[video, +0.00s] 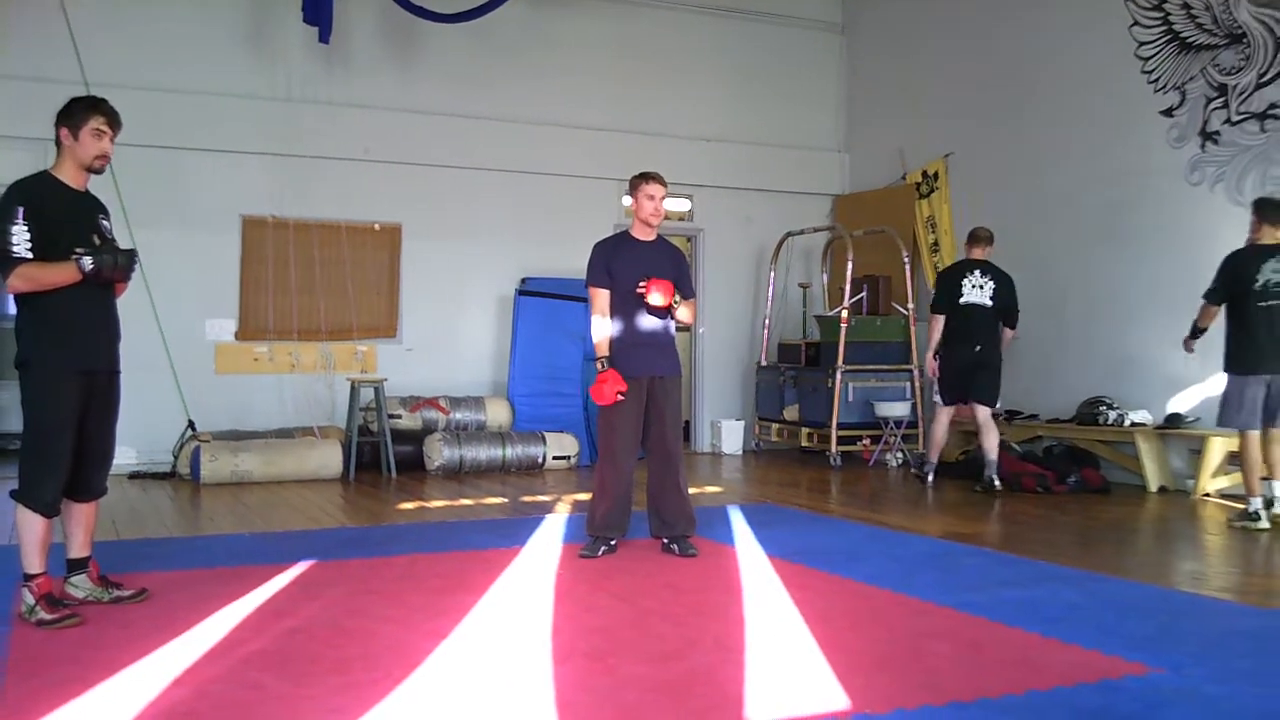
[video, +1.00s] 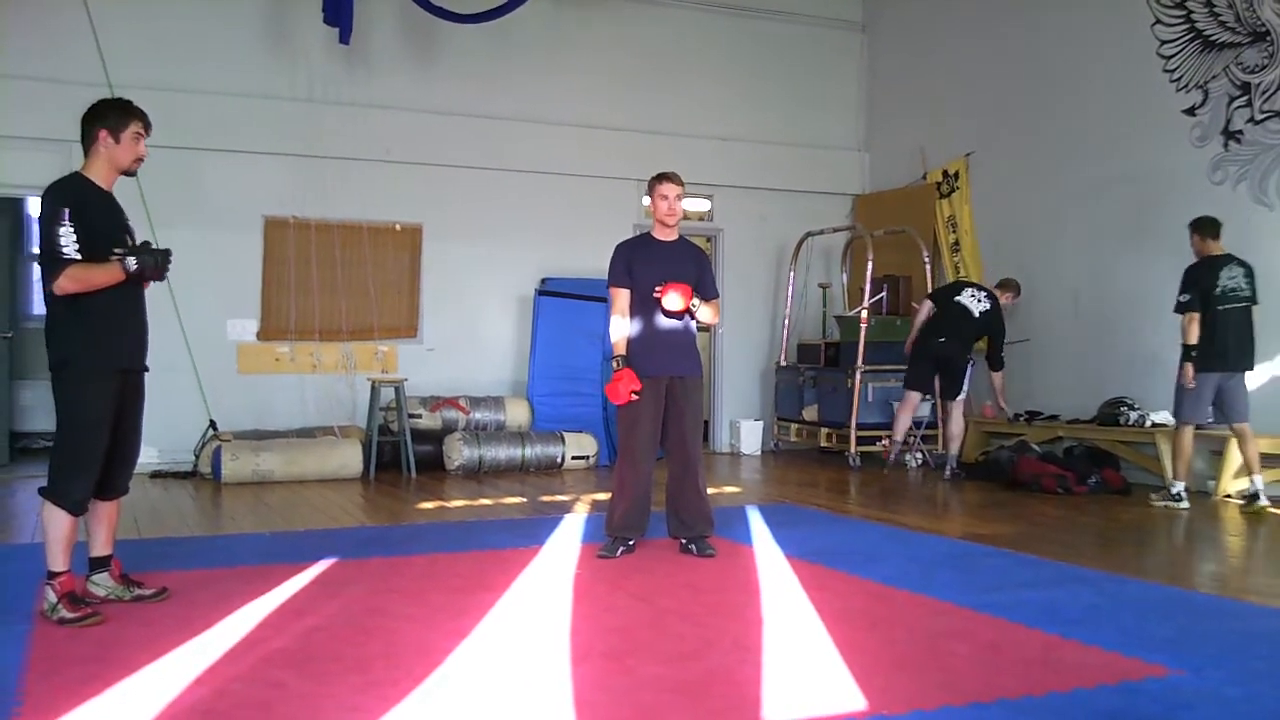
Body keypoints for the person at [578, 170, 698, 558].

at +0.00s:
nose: (657, 206)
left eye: (661, 199)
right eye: (650, 198)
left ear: (666, 205)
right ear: (632, 201)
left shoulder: (674, 255)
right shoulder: (607, 250)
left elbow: (689, 316)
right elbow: (600, 313)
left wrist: (672, 302)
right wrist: (602, 364)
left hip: (666, 367)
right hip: (623, 366)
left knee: (667, 452)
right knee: (616, 453)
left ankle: (673, 531)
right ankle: (605, 533)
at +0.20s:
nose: (673, 205)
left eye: (677, 199)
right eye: (665, 198)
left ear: (681, 205)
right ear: (647, 202)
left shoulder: (691, 255)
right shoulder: (623, 251)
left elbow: (708, 314)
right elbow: (614, 313)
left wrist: (689, 303)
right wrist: (614, 362)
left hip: (683, 368)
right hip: (638, 367)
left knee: (684, 452)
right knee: (632, 453)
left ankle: (690, 531)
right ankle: (621, 533)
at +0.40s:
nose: (672, 204)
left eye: (676, 198)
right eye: (665, 197)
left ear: (681, 204)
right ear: (647, 202)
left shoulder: (692, 255)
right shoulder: (624, 250)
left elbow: (709, 314)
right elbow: (615, 313)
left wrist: (691, 302)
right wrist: (615, 363)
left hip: (684, 368)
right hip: (639, 367)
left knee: (686, 452)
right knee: (633, 452)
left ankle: (691, 531)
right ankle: (622, 532)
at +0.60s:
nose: (673, 203)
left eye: (677, 197)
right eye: (665, 196)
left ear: (682, 203)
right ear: (649, 201)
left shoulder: (693, 254)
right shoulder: (625, 250)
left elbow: (711, 313)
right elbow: (617, 312)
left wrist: (691, 301)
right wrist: (618, 362)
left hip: (685, 367)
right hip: (641, 365)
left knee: (687, 451)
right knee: (635, 451)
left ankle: (692, 530)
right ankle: (624, 532)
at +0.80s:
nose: (674, 202)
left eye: (679, 197)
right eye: (666, 196)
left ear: (684, 203)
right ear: (650, 201)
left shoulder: (695, 254)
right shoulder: (627, 249)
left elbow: (713, 313)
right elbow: (619, 311)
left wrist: (692, 301)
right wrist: (620, 361)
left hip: (687, 367)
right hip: (642, 365)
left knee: (688, 451)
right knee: (636, 451)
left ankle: (693, 530)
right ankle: (625, 532)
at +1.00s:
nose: (671, 204)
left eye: (677, 198)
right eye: (664, 198)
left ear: (684, 204)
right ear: (650, 203)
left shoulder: (696, 255)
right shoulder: (628, 251)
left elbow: (713, 315)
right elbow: (619, 312)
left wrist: (691, 304)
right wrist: (620, 361)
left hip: (686, 369)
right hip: (642, 367)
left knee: (688, 452)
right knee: (635, 452)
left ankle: (692, 532)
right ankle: (624, 533)